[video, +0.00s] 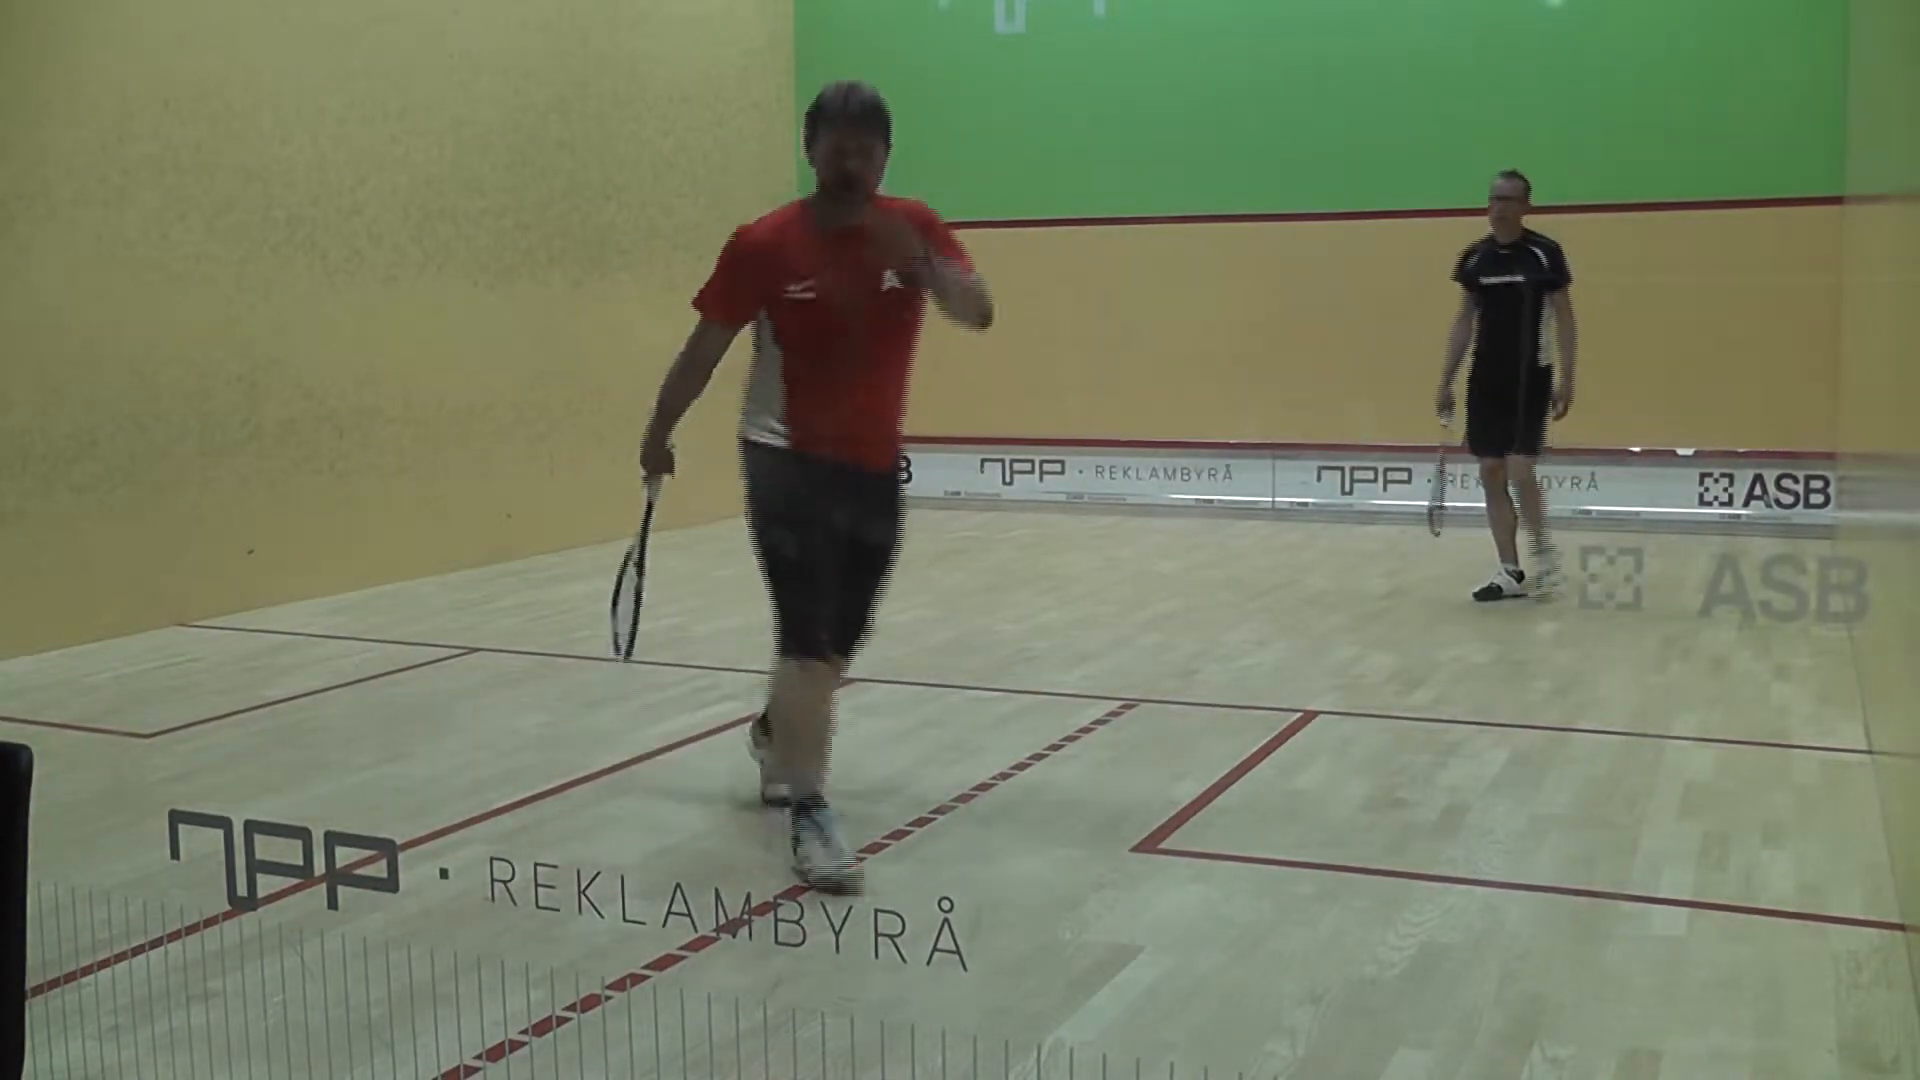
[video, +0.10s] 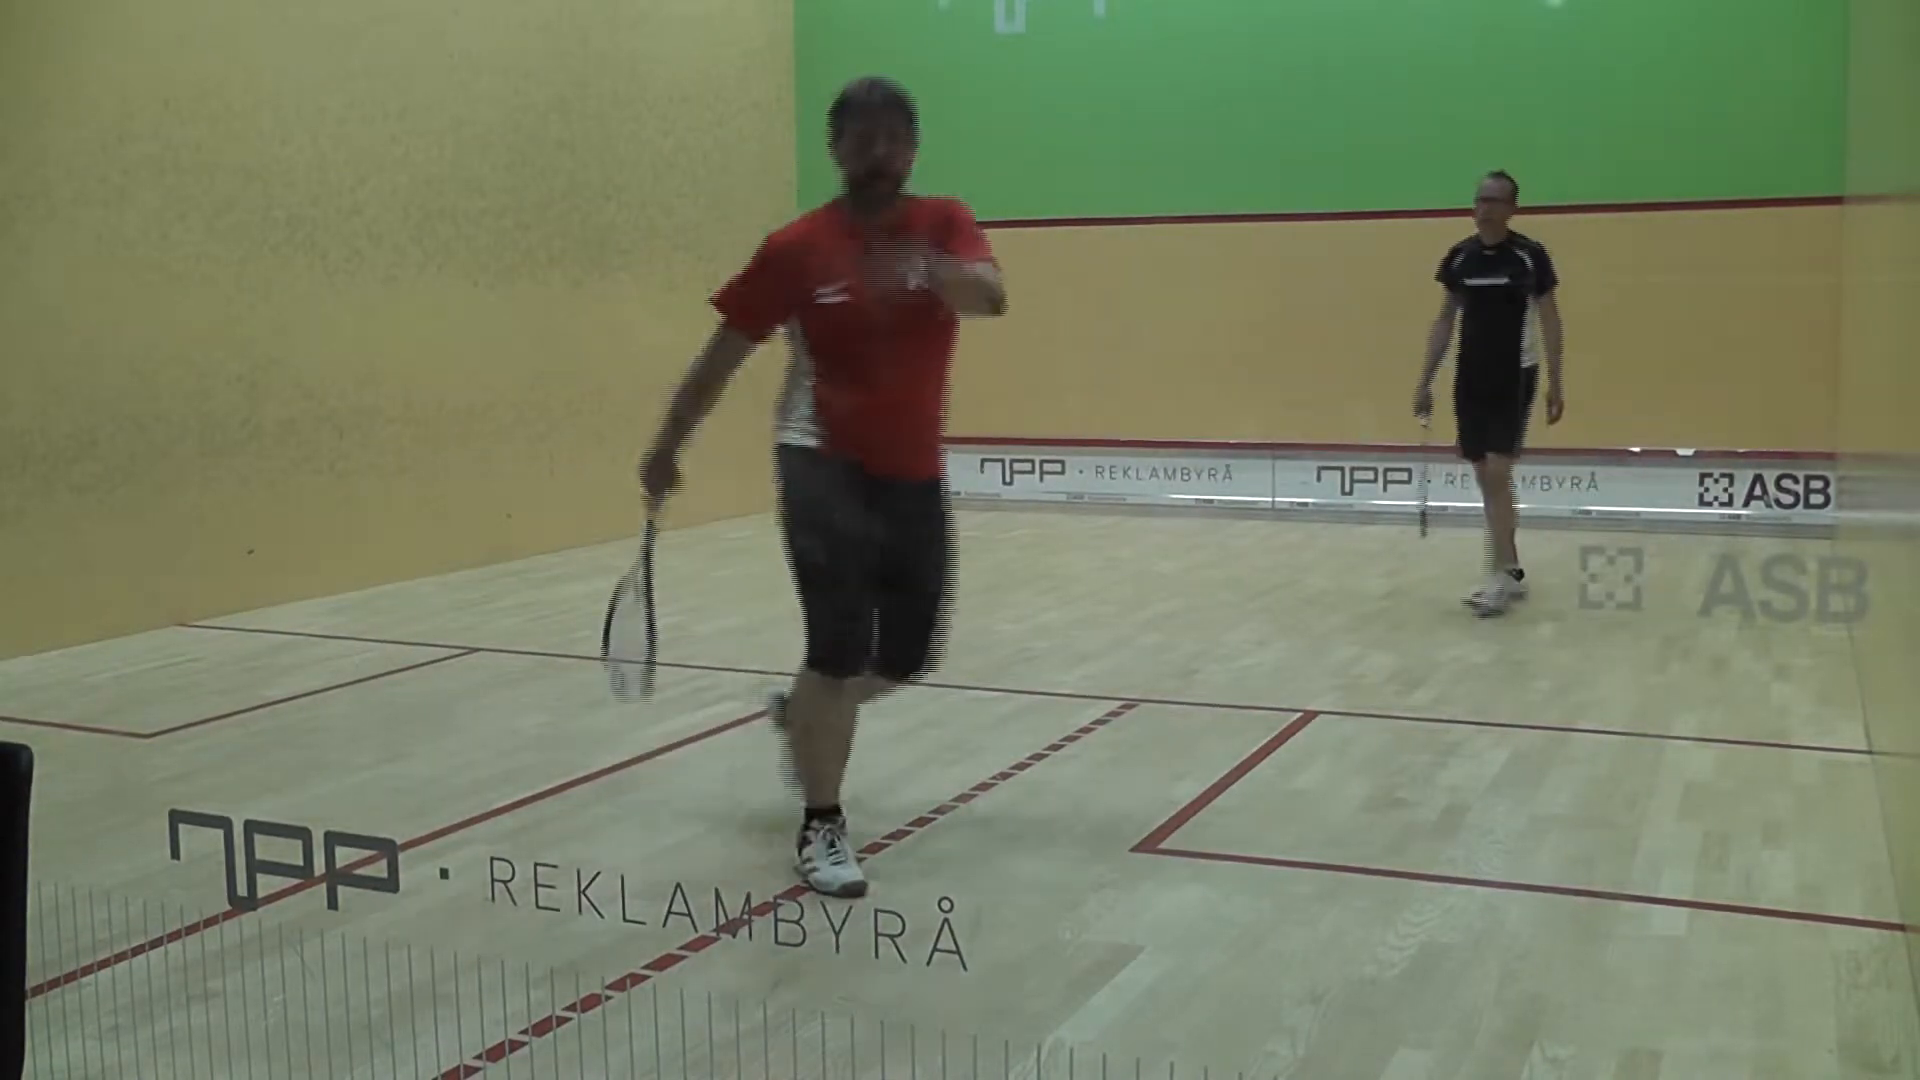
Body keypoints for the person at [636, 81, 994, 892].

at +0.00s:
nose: (846, 168)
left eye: (862, 153)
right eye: (833, 152)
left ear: (886, 155)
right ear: (808, 150)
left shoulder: (914, 226)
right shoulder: (765, 244)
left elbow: (979, 313)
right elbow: (705, 346)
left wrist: (923, 269)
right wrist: (656, 430)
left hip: (874, 464)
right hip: (788, 458)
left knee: (838, 639)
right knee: (810, 641)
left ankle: (775, 728)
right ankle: (812, 812)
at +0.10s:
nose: (877, 159)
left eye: (893, 142)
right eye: (860, 142)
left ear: (914, 148)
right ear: (832, 148)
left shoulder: (945, 224)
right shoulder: (800, 249)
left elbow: (990, 296)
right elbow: (725, 348)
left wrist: (934, 280)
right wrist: (665, 444)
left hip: (914, 469)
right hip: (825, 462)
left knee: (905, 653)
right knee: (842, 647)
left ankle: (799, 709)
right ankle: (824, 824)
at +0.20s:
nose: (899, 137)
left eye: (915, 120)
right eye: (884, 120)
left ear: (940, 128)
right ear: (858, 128)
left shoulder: (971, 214)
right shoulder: (819, 239)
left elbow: (1020, 305)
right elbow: (751, 356)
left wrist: (967, 348)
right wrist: (711, 465)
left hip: (939, 464)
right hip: (845, 458)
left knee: (961, 642)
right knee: (849, 639)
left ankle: (858, 717)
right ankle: (827, 820)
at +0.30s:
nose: (961, 113)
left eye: (974, 97)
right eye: (944, 98)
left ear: (994, 106)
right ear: (913, 106)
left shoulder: (1026, 208)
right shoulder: (872, 212)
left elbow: (1066, 324)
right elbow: (827, 338)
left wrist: (1062, 425)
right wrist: (819, 445)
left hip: (989, 455)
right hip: (887, 452)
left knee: (1050, 618)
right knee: (869, 631)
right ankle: (834, 818)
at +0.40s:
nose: (1017, 109)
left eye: (1026, 93)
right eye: (997, 95)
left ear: (1042, 104)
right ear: (960, 109)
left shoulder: (1064, 211)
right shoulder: (918, 212)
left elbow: (1089, 328)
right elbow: (880, 342)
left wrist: (1114, 416)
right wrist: (907, 442)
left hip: (1026, 462)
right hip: (924, 460)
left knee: (1089, 626)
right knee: (890, 637)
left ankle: (1105, 826)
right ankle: (839, 818)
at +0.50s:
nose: (1114, 121)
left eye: (1119, 105)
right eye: (1093, 105)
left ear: (1123, 119)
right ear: (1042, 117)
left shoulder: (1129, 216)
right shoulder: (1001, 218)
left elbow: (1136, 322)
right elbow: (953, 349)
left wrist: (1173, 406)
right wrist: (1018, 432)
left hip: (1106, 477)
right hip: (1007, 476)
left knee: (1167, 645)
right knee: (950, 657)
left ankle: (1155, 852)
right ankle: (854, 805)